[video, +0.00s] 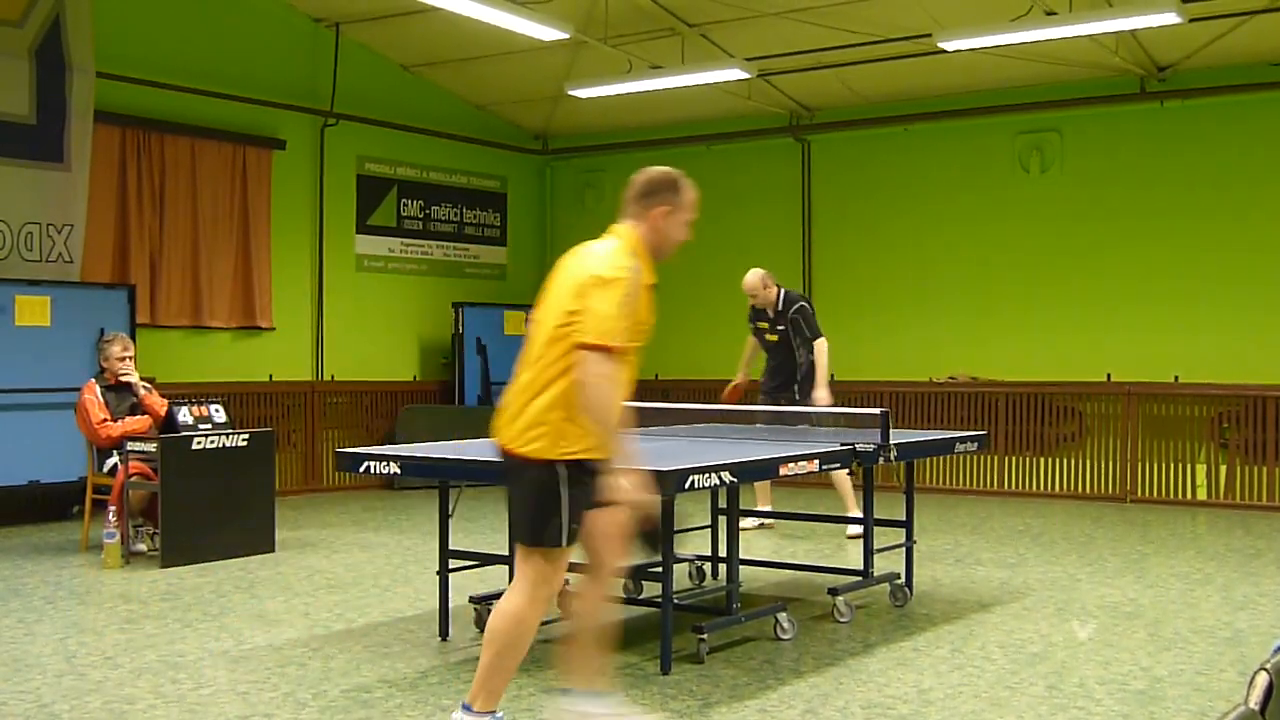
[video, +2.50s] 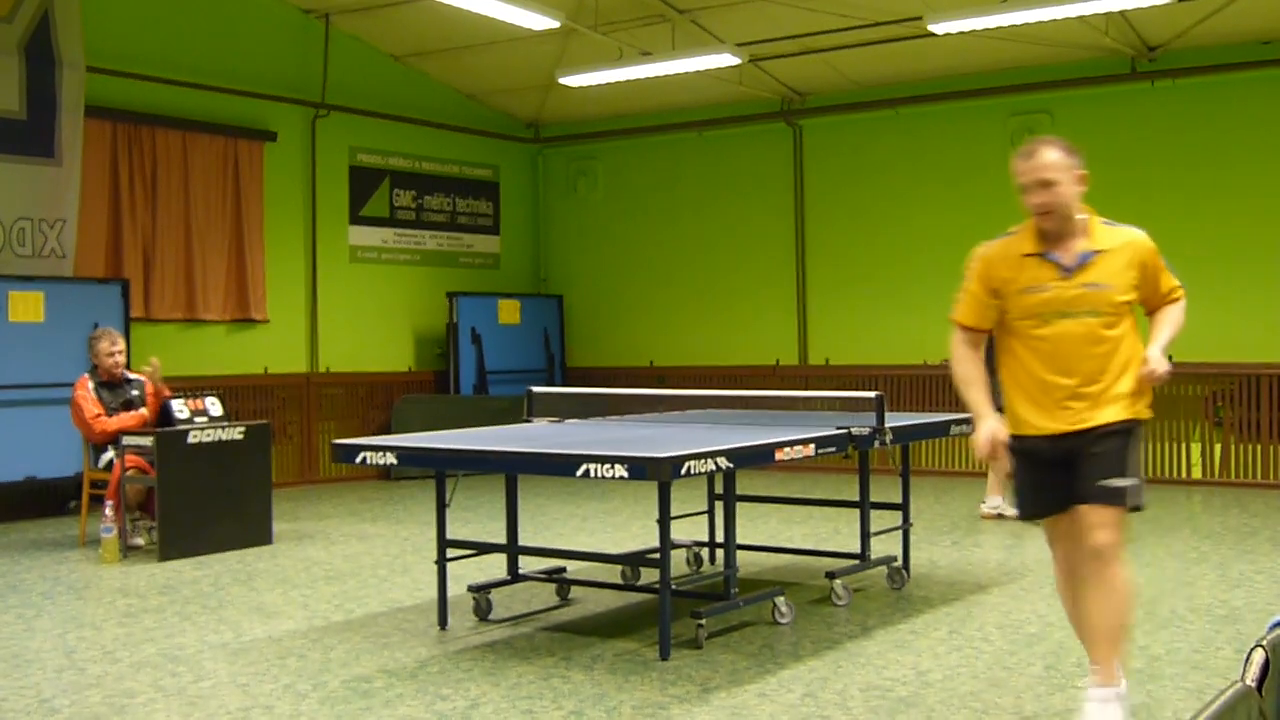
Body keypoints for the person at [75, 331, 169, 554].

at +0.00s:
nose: (128, 364)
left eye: (131, 359)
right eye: (121, 359)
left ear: (135, 360)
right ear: (104, 362)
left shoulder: (142, 388)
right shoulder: (90, 392)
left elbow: (168, 419)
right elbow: (102, 434)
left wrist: (140, 391)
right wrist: (146, 422)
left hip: (150, 453)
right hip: (115, 456)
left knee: (173, 478)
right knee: (140, 481)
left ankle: (155, 527)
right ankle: (135, 525)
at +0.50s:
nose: (126, 364)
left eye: (129, 358)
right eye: (119, 359)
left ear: (134, 359)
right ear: (103, 363)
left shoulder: (144, 387)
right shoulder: (90, 393)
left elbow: (168, 421)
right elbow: (104, 433)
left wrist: (157, 406)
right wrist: (148, 420)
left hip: (151, 451)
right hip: (116, 454)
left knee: (173, 475)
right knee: (141, 480)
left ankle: (156, 526)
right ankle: (135, 524)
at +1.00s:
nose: (124, 365)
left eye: (127, 359)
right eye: (117, 361)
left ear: (132, 359)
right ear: (101, 365)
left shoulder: (146, 388)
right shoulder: (89, 392)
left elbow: (166, 420)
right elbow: (102, 434)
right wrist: (146, 421)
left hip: (153, 452)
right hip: (116, 455)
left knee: (175, 475)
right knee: (140, 481)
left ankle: (153, 526)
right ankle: (135, 524)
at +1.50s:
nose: (120, 364)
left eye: (122, 357)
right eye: (112, 360)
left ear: (127, 357)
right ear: (97, 364)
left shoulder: (143, 383)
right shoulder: (86, 390)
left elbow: (163, 417)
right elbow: (98, 433)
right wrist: (143, 419)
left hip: (153, 449)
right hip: (116, 452)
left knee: (175, 472)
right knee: (139, 479)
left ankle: (150, 523)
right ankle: (132, 521)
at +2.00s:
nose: (118, 362)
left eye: (120, 355)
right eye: (110, 358)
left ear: (125, 354)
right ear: (95, 361)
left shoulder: (141, 381)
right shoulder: (84, 389)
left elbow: (162, 413)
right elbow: (96, 431)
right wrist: (139, 418)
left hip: (149, 447)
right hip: (113, 450)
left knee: (172, 471)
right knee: (136, 477)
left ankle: (147, 521)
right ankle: (129, 520)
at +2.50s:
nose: (118, 360)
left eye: (121, 353)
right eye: (110, 355)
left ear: (126, 354)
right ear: (95, 359)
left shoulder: (141, 381)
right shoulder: (85, 387)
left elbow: (161, 418)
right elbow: (97, 428)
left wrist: (159, 387)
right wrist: (142, 416)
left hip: (148, 444)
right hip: (112, 448)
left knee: (171, 468)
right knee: (134, 474)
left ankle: (151, 519)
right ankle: (132, 519)